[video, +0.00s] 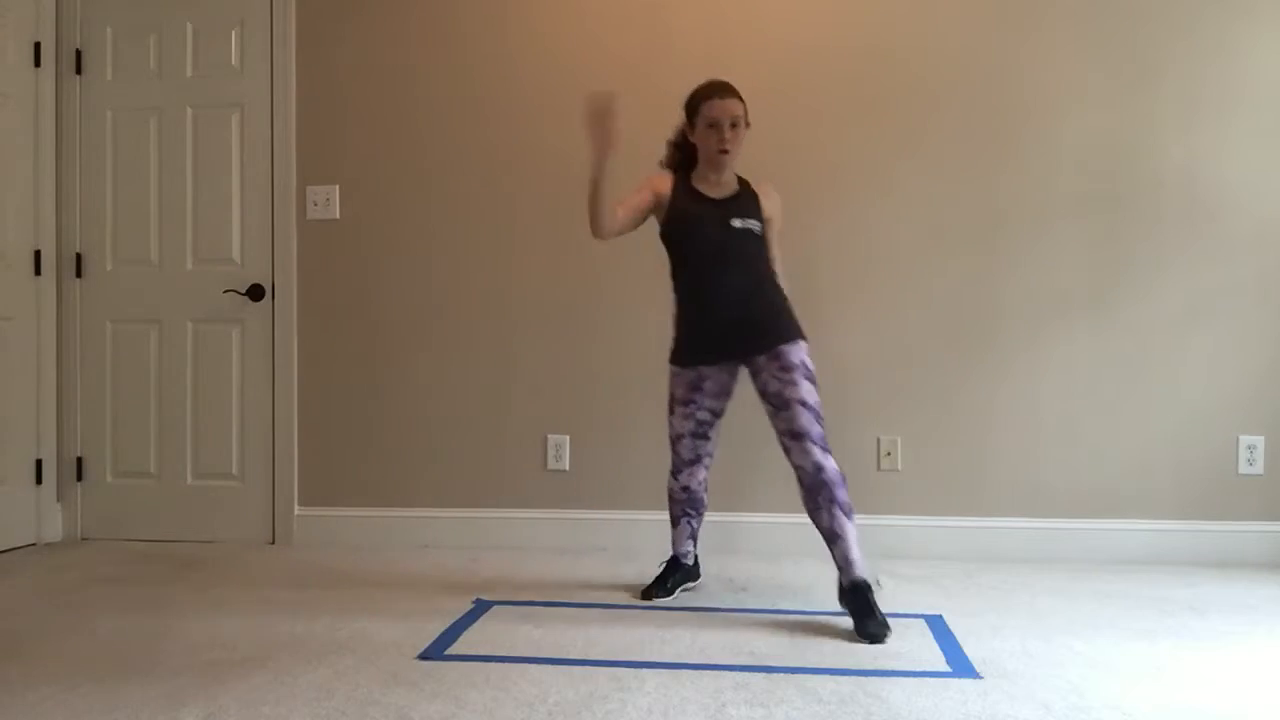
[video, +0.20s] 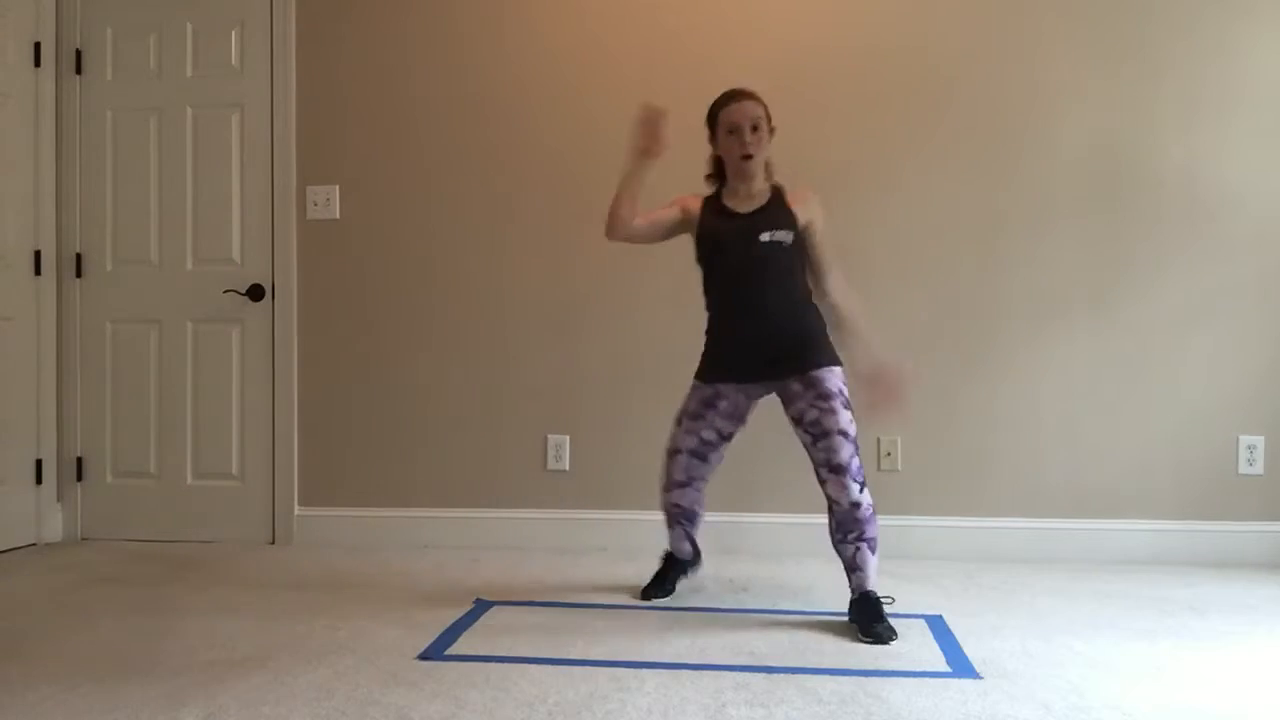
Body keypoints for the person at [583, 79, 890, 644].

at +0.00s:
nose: (725, 136)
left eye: (735, 125)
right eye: (713, 125)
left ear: (746, 130)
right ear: (692, 130)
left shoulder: (762, 198)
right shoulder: (665, 187)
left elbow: (773, 273)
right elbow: (605, 226)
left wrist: (783, 330)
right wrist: (602, 154)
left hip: (770, 333)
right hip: (702, 339)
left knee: (810, 453)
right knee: (688, 456)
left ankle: (855, 584)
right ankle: (683, 559)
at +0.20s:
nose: (745, 140)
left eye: (754, 128)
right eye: (732, 131)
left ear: (771, 136)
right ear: (715, 142)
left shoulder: (799, 203)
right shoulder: (696, 211)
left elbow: (830, 289)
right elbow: (620, 227)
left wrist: (870, 359)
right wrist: (642, 158)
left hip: (804, 358)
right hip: (729, 363)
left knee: (842, 472)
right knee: (684, 464)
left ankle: (864, 593)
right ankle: (681, 554)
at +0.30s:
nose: (749, 118)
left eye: (759, 106)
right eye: (736, 109)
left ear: (776, 115)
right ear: (720, 123)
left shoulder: (806, 185)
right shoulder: (705, 193)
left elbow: (866, 247)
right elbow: (633, 234)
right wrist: (591, 181)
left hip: (791, 351)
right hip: (714, 348)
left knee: (829, 472)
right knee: (659, 447)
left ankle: (861, 597)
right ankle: (662, 523)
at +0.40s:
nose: (746, 108)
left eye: (756, 96)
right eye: (733, 99)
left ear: (775, 104)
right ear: (717, 113)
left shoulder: (801, 170)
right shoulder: (706, 180)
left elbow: (868, 215)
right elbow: (648, 246)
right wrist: (570, 253)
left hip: (766, 339)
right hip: (691, 329)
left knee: (809, 464)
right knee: (642, 425)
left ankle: (854, 592)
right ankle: (626, 532)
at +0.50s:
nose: (731, 121)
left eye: (741, 108)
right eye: (718, 113)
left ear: (761, 113)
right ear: (703, 124)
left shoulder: (784, 180)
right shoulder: (689, 193)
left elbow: (842, 227)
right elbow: (663, 269)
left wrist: (873, 155)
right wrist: (612, 324)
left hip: (736, 341)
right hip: (659, 330)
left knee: (793, 467)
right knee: (612, 457)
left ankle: (853, 589)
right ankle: (590, 579)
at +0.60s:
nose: (707, 141)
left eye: (717, 130)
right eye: (695, 132)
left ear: (734, 136)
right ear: (676, 142)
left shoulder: (756, 207)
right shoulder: (657, 215)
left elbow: (810, 260)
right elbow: (639, 282)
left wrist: (822, 189)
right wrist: (624, 341)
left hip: (709, 361)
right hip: (632, 352)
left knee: (778, 472)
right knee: (593, 475)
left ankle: (847, 590)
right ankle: (590, 593)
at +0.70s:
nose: (683, 126)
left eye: (692, 115)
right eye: (670, 115)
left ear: (704, 122)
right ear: (646, 122)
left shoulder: (724, 195)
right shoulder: (621, 192)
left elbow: (778, 261)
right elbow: (578, 275)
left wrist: (831, 213)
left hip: (700, 353)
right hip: (622, 352)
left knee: (771, 456)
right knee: (595, 472)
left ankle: (828, 582)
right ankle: (590, 596)